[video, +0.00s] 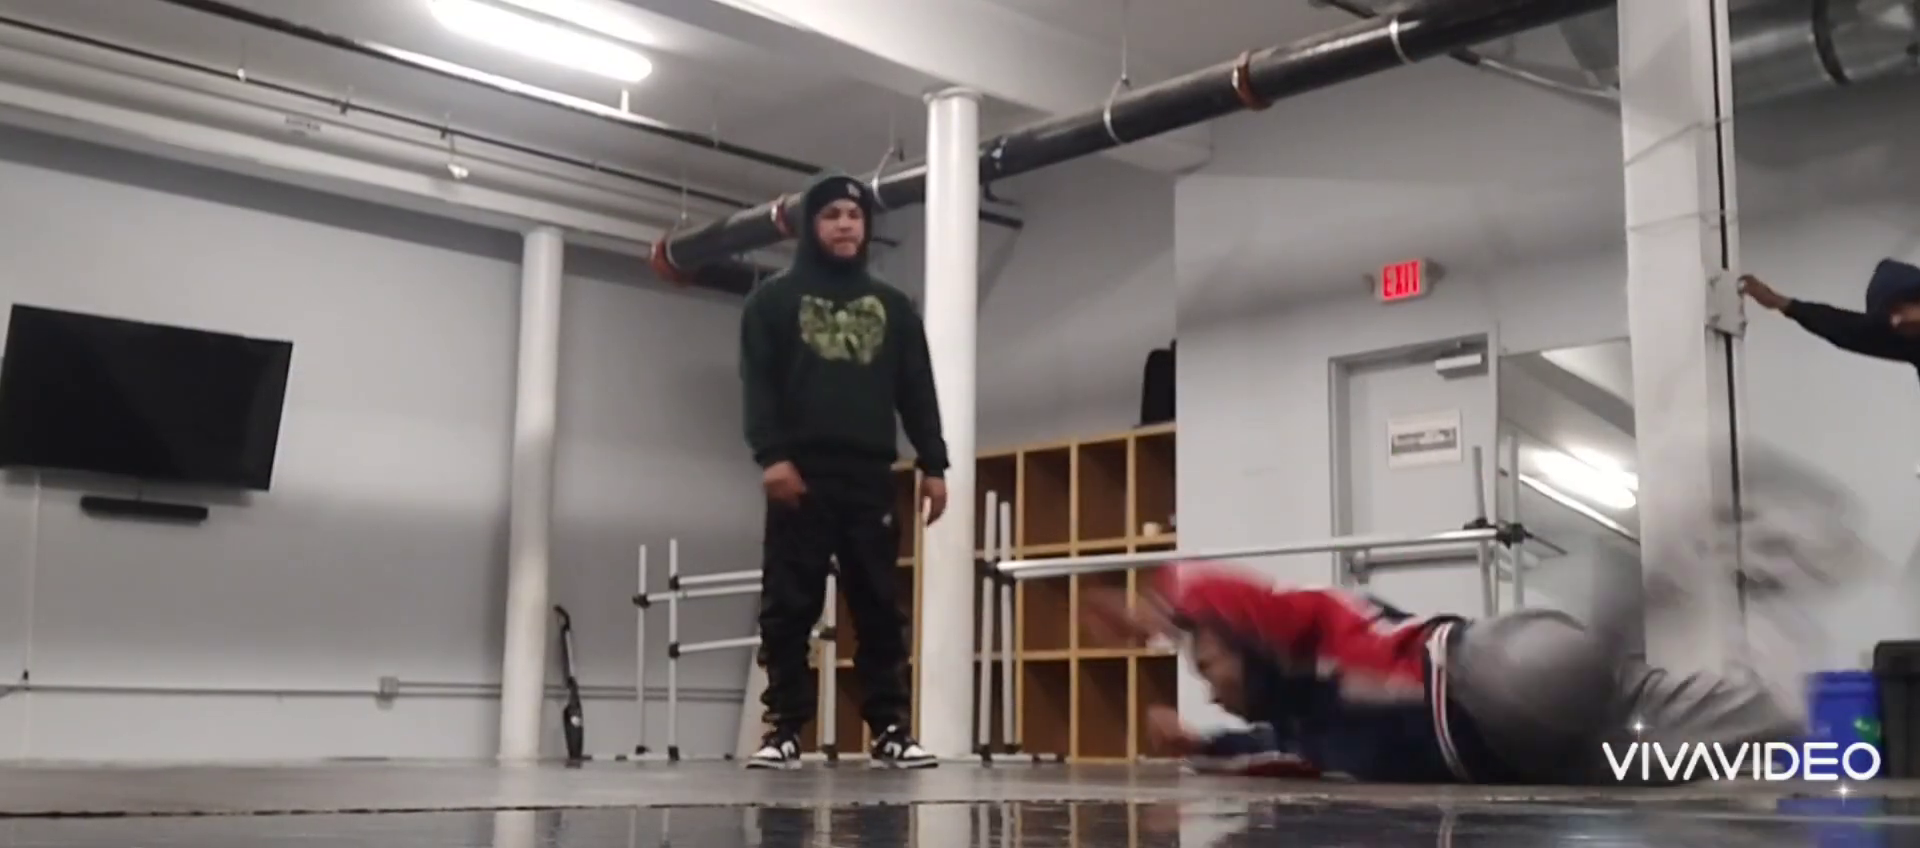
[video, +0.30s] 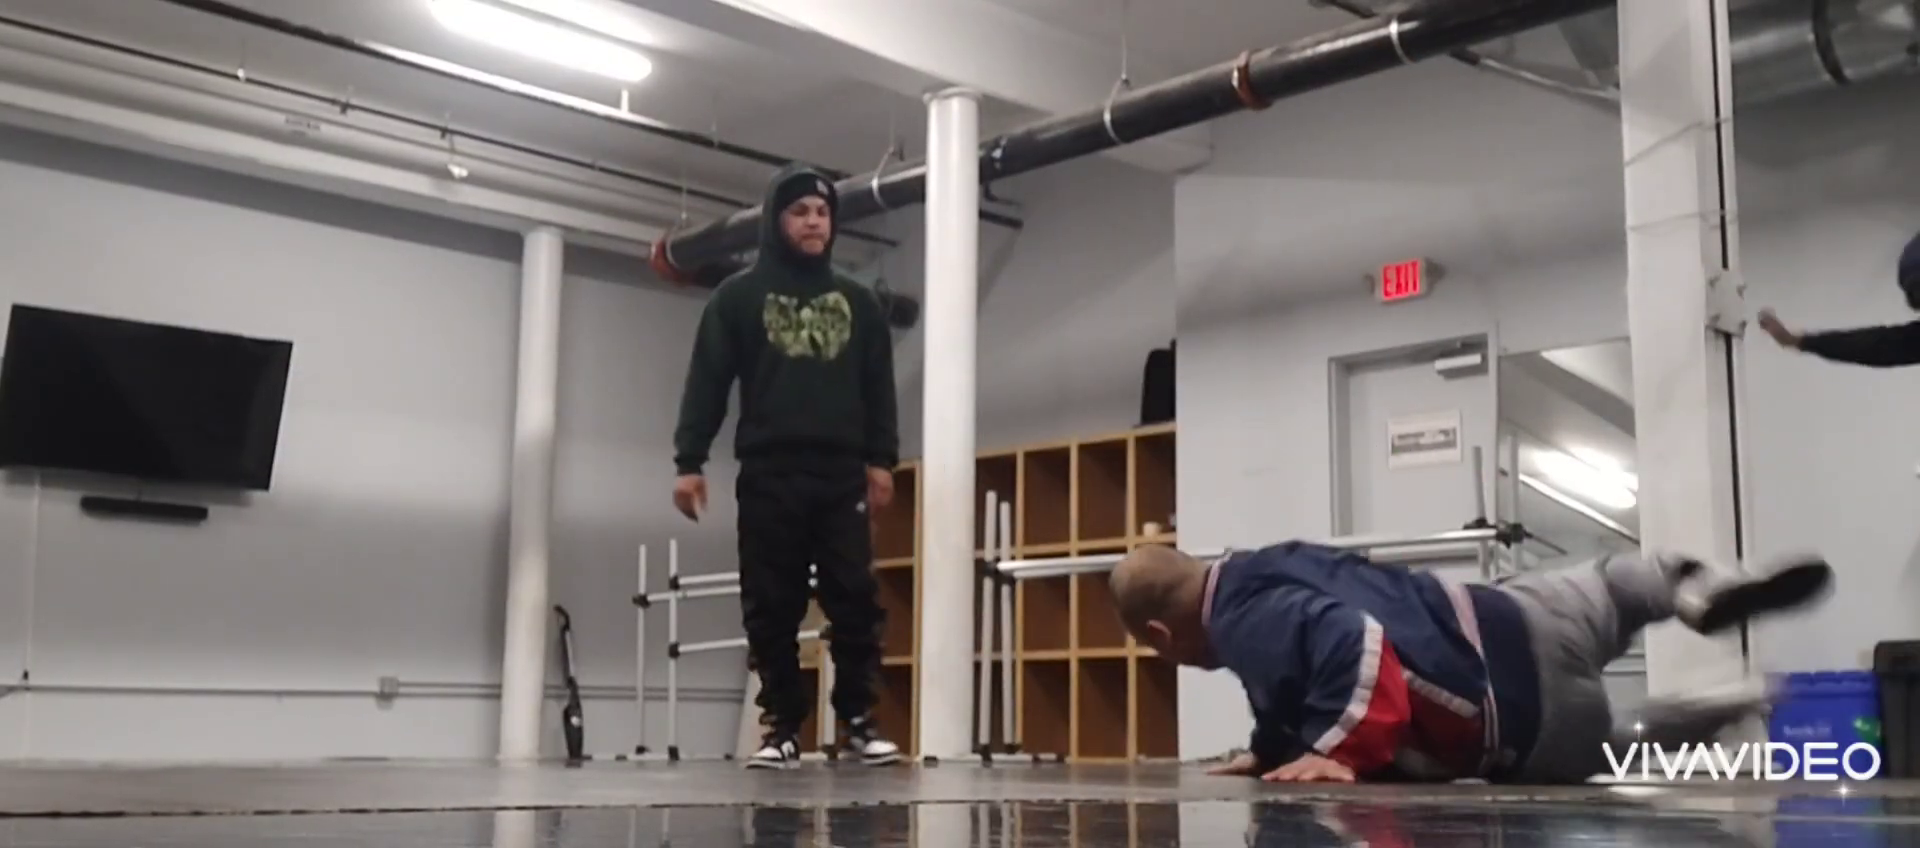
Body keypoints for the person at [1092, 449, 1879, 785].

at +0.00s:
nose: (1199, 665)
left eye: (1200, 645)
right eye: (1189, 655)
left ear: (1235, 630)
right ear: (1218, 662)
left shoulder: (1302, 648)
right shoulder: (1292, 721)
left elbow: (1238, 598)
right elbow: (1265, 748)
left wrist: (1151, 603)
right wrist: (1194, 740)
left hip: (1480, 681)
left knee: (1560, 672)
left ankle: (1684, 545)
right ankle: (1749, 577)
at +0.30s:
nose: (1162, 658)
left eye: (1151, 646)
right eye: (1153, 648)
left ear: (1162, 630)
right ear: (1191, 568)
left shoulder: (1245, 625)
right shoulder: (1262, 566)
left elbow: (1366, 652)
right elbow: (1296, 681)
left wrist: (1334, 756)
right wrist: (1267, 748)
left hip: (1518, 719)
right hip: (1502, 617)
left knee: (1637, 741)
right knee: (1606, 594)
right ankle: (1698, 585)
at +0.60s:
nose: (1215, 662)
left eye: (1193, 654)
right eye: (1200, 657)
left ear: (1195, 635)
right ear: (1215, 576)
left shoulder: (1274, 592)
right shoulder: (1271, 574)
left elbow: (1356, 655)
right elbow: (1321, 684)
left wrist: (1336, 750)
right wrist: (1272, 751)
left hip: (1531, 675)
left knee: (1443, 770)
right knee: (1431, 761)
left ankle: (1606, 764)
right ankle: (1600, 760)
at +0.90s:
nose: (1219, 684)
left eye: (1212, 674)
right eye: (1204, 679)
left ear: (1223, 638)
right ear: (1206, 620)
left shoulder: (1309, 591)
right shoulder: (1235, 582)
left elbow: (1363, 659)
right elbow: (1269, 671)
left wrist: (1350, 743)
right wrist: (1253, 749)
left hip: (1490, 615)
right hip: (1491, 583)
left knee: (1398, 758)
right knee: (1597, 663)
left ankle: (1541, 748)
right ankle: (1768, 664)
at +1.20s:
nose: (1267, 664)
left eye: (1258, 654)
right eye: (1261, 657)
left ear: (1256, 628)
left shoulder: (1274, 605)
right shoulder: (1340, 542)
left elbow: (1323, 687)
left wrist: (1290, 762)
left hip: (1512, 630)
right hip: (1560, 562)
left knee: (1405, 752)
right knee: (1556, 651)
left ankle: (1571, 758)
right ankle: (1683, 666)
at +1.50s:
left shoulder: (1307, 594)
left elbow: (1279, 693)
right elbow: (1530, 659)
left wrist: (1290, 763)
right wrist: (1544, 742)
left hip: (1427, 561)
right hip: (1518, 516)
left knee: (1446, 734)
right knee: (1580, 648)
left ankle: (1524, 750)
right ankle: (1691, 621)